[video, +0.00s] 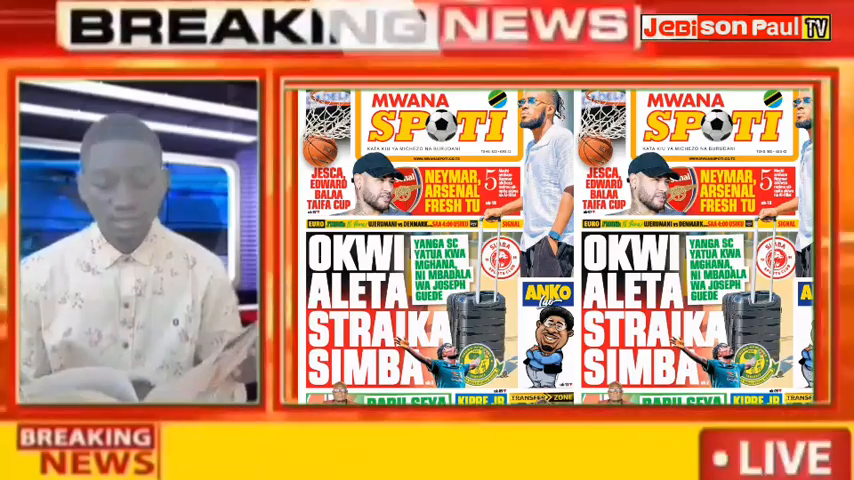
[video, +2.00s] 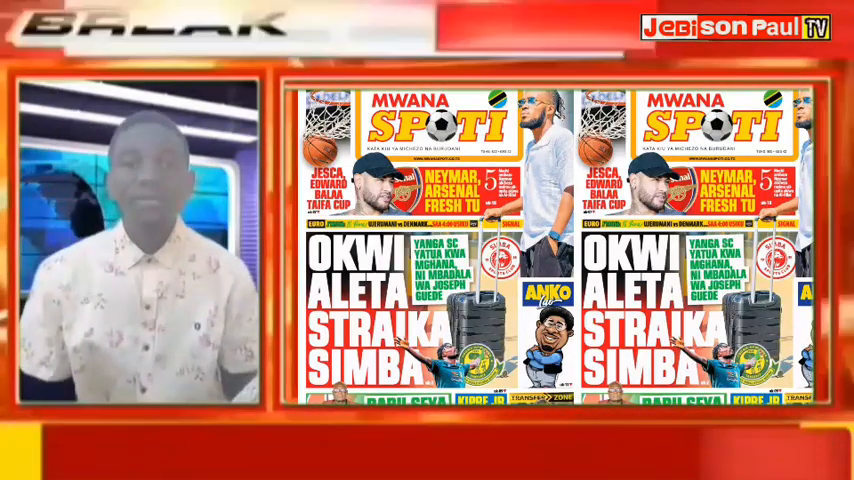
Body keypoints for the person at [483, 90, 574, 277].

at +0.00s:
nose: (523, 107)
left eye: (531, 101)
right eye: (522, 103)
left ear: (549, 110)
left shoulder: (563, 139)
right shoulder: (531, 147)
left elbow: (571, 192)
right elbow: (532, 196)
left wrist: (554, 238)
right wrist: (502, 211)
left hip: (551, 241)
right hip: (530, 242)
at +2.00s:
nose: (523, 107)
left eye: (531, 101)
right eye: (522, 103)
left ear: (550, 110)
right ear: (519, 108)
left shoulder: (563, 139)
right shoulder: (531, 147)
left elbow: (571, 192)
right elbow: (532, 195)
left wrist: (554, 238)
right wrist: (502, 211)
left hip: (551, 241)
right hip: (530, 242)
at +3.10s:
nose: (523, 107)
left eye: (531, 101)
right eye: (522, 103)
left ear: (549, 110)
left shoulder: (563, 139)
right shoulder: (531, 146)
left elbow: (571, 192)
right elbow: (532, 196)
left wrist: (553, 238)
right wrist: (502, 211)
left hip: (552, 241)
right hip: (530, 242)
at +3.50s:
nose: (523, 107)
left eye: (531, 101)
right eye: (522, 103)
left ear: (549, 110)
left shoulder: (563, 139)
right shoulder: (531, 147)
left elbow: (571, 192)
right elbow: (532, 196)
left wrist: (554, 238)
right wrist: (502, 211)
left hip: (551, 241)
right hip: (529, 242)